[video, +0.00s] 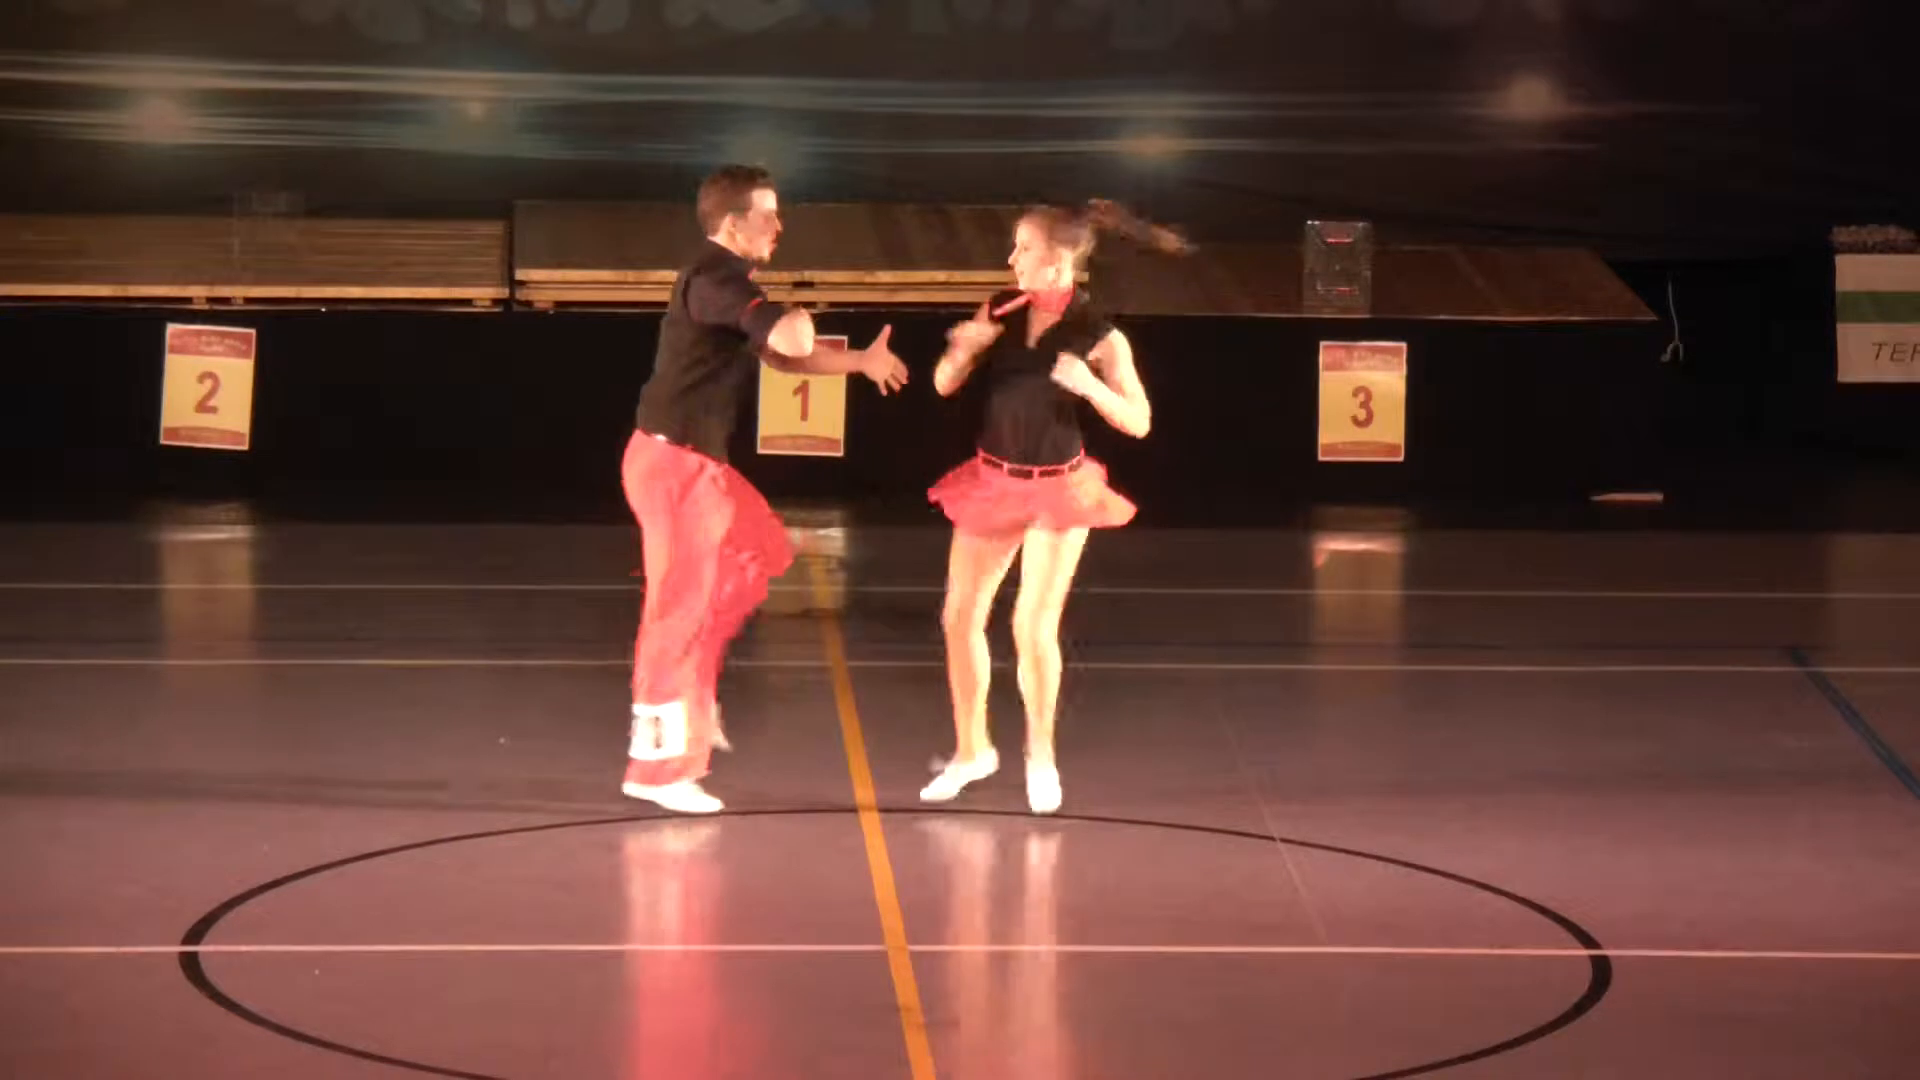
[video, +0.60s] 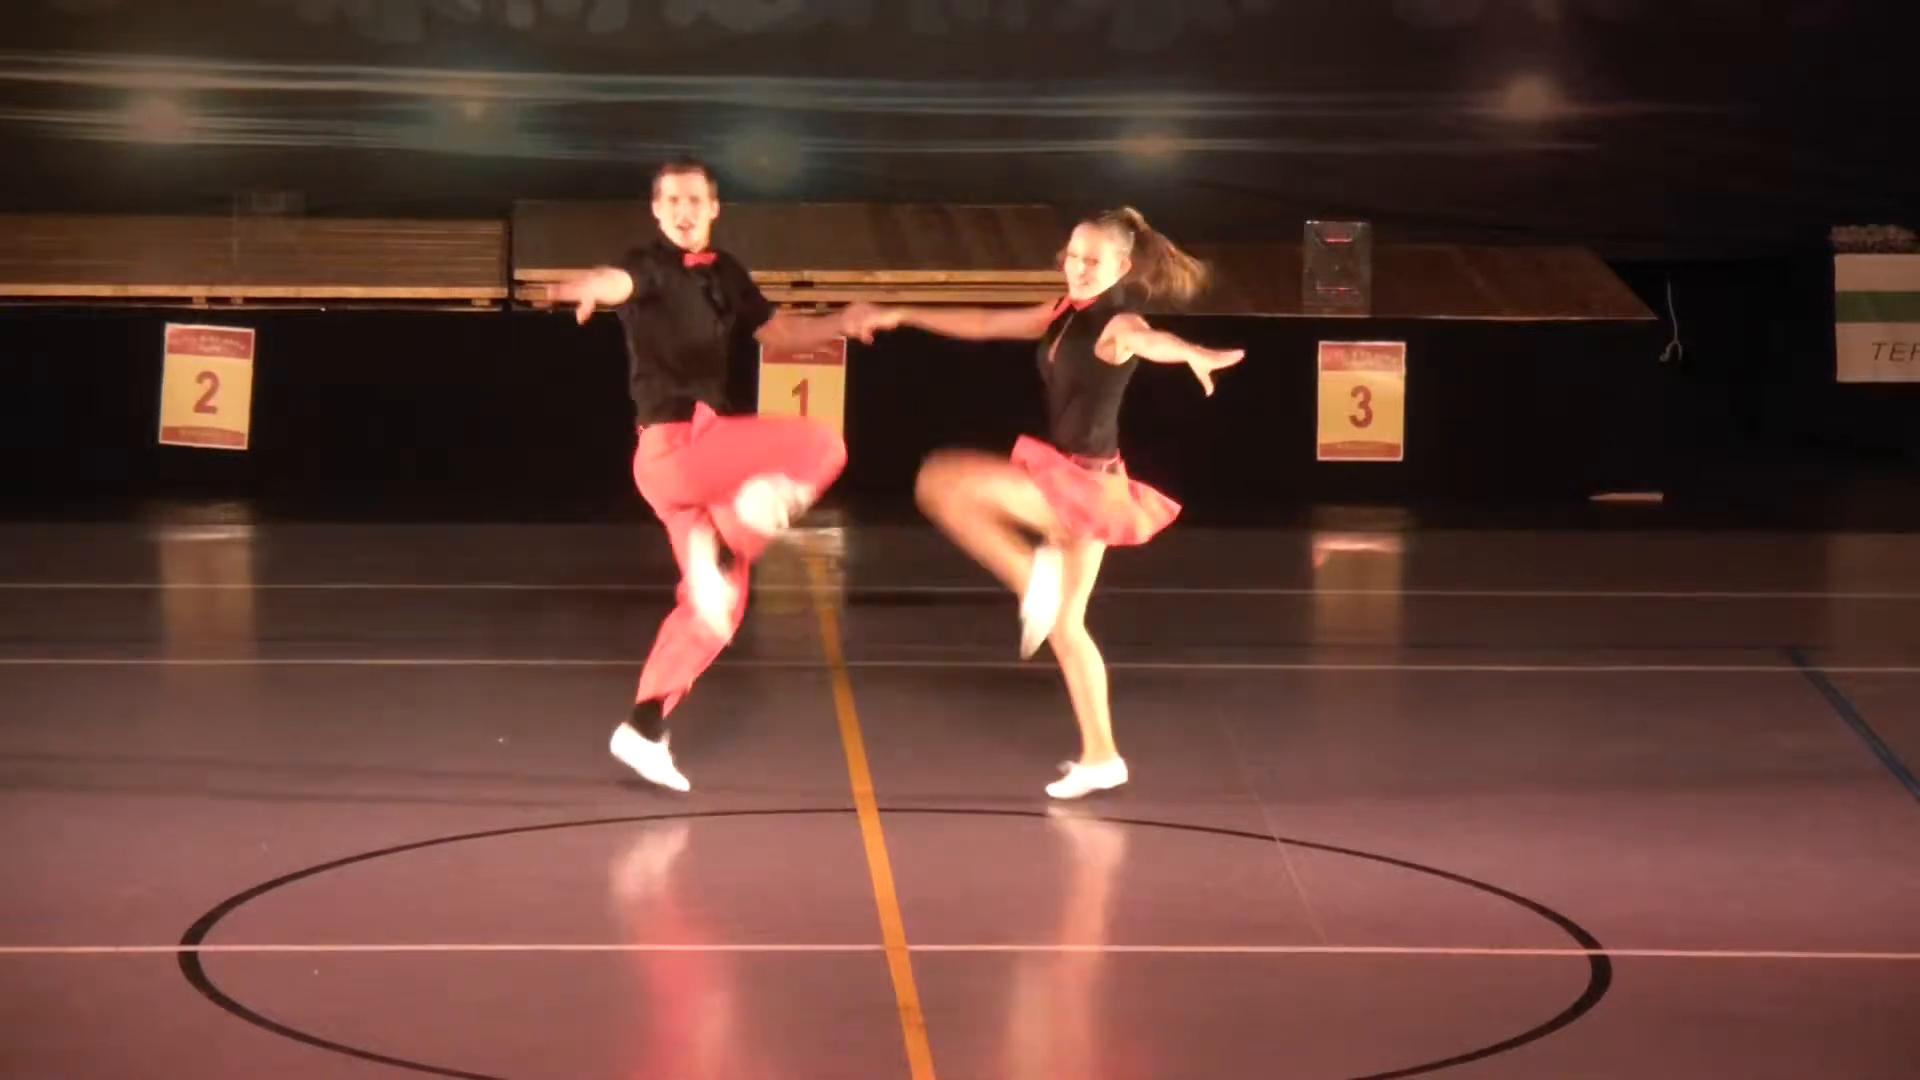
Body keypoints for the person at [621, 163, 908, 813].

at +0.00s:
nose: (778, 226)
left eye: (776, 214)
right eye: (768, 215)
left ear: (734, 224)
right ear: (731, 222)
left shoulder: (727, 279)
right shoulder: (716, 277)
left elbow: (784, 353)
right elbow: (787, 338)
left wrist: (856, 358)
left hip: (687, 461)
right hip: (671, 462)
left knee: (762, 554)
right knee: (682, 602)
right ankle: (655, 762)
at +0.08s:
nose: (759, 241)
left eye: (755, 229)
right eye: (747, 229)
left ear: (717, 242)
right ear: (711, 240)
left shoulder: (719, 305)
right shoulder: (696, 299)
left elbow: (782, 363)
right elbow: (763, 348)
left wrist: (860, 363)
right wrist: (819, 340)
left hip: (697, 494)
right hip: (662, 489)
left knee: (746, 600)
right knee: (648, 625)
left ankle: (722, 759)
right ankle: (608, 785)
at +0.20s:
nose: (710, 241)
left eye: (714, 230)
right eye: (696, 232)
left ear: (721, 236)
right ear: (663, 240)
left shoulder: (713, 311)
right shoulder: (653, 296)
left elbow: (778, 362)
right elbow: (649, 340)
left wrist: (859, 367)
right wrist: (707, 332)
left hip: (702, 484)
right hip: (667, 481)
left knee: (710, 614)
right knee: (728, 605)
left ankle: (706, 772)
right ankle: (631, 697)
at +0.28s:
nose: (687, 262)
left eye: (698, 251)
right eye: (676, 249)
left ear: (710, 254)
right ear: (652, 248)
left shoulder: (705, 314)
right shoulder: (625, 297)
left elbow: (773, 360)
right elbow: (568, 323)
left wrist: (855, 356)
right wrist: (625, 312)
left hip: (695, 478)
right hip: (663, 481)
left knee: (719, 614)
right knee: (814, 513)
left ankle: (667, 767)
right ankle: (764, 661)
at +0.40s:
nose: (664, 238)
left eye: (675, 227)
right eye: (652, 227)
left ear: (693, 234)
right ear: (633, 235)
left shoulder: (707, 303)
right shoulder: (621, 296)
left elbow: (772, 342)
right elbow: (581, 304)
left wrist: (843, 318)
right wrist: (543, 297)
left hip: (686, 470)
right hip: (660, 470)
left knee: (684, 619)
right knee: (803, 471)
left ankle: (663, 768)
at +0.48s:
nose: (663, 214)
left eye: (674, 203)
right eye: (652, 204)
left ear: (694, 211)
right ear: (634, 213)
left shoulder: (708, 276)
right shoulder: (628, 270)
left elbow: (771, 320)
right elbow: (594, 281)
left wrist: (841, 304)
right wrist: (557, 282)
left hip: (692, 446)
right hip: (656, 445)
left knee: (709, 579)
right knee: (794, 397)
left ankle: (672, 738)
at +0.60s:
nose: (685, 212)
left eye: (695, 199)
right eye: (673, 201)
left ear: (716, 207)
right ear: (654, 209)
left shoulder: (727, 272)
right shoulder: (648, 266)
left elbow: (773, 335)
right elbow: (621, 283)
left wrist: (839, 325)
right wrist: (591, 287)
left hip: (709, 447)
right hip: (669, 448)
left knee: (716, 599)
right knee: (819, 442)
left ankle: (644, 727)